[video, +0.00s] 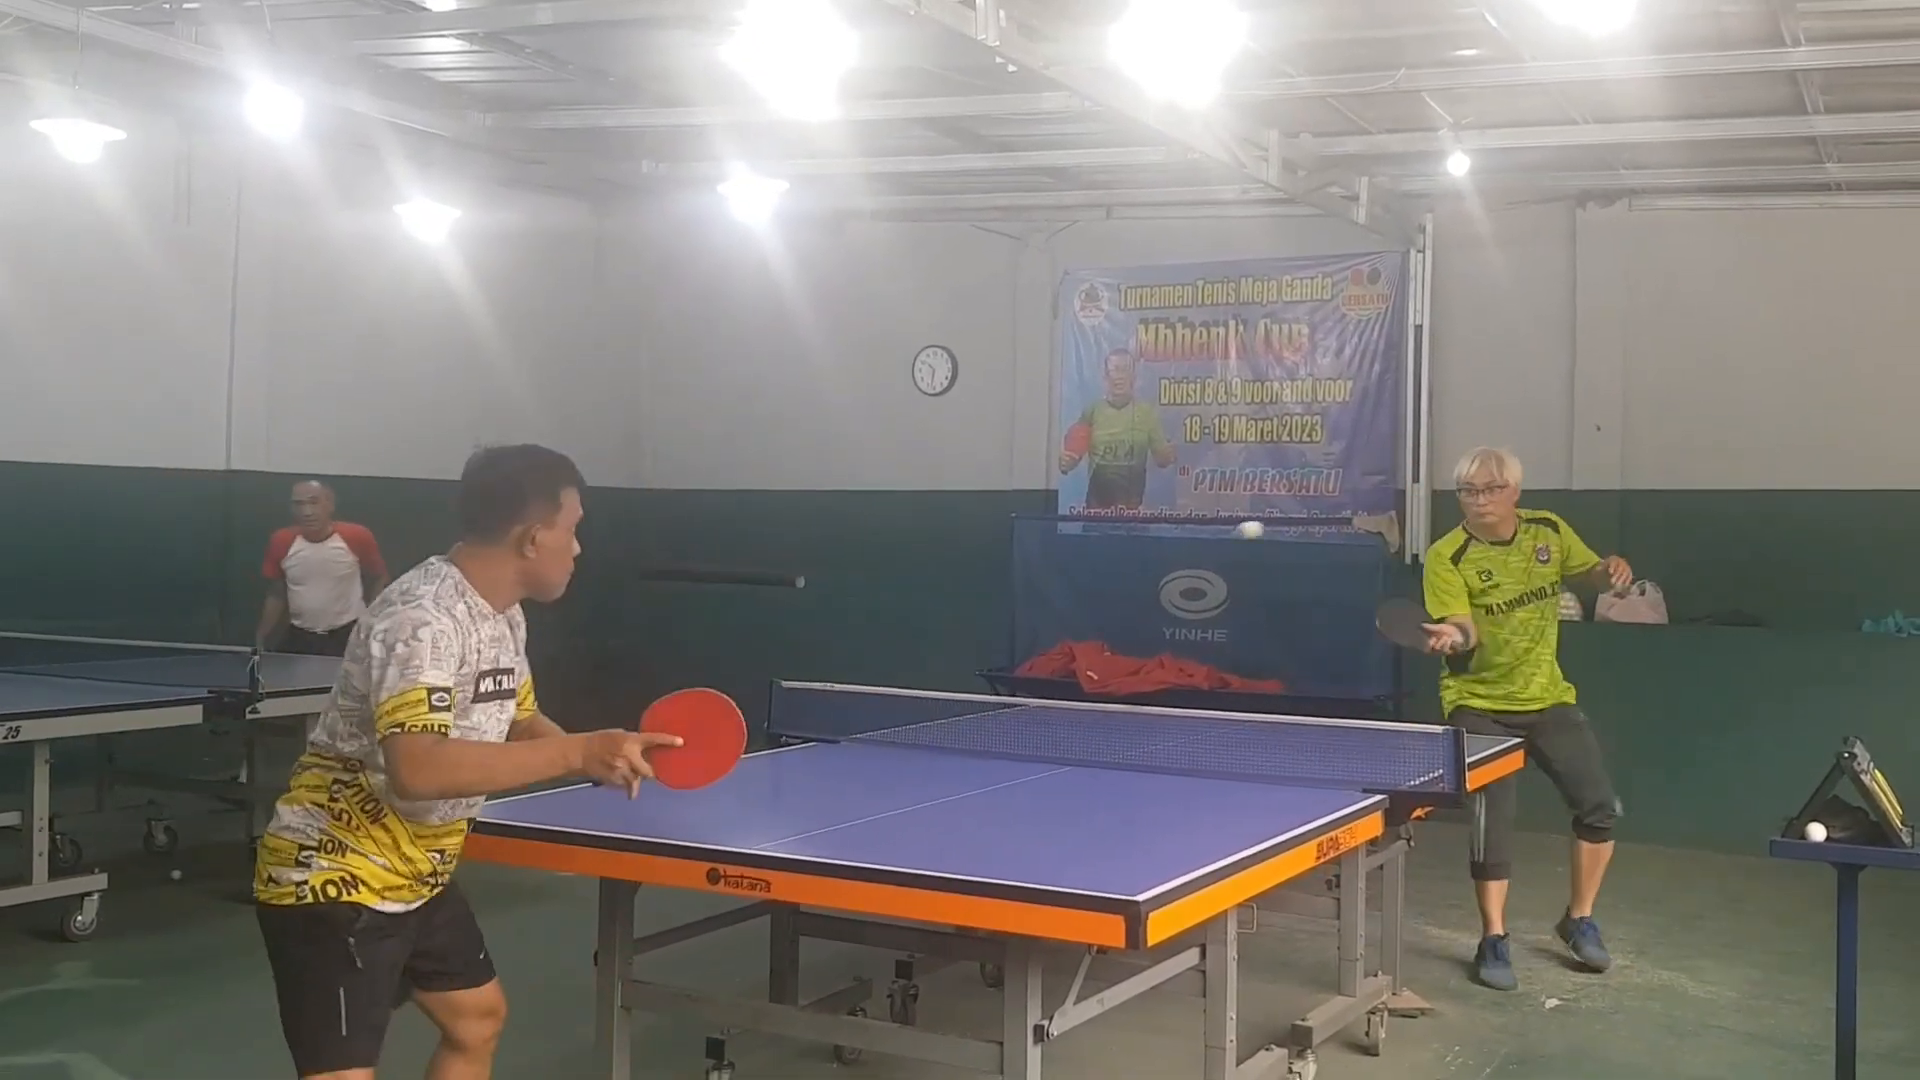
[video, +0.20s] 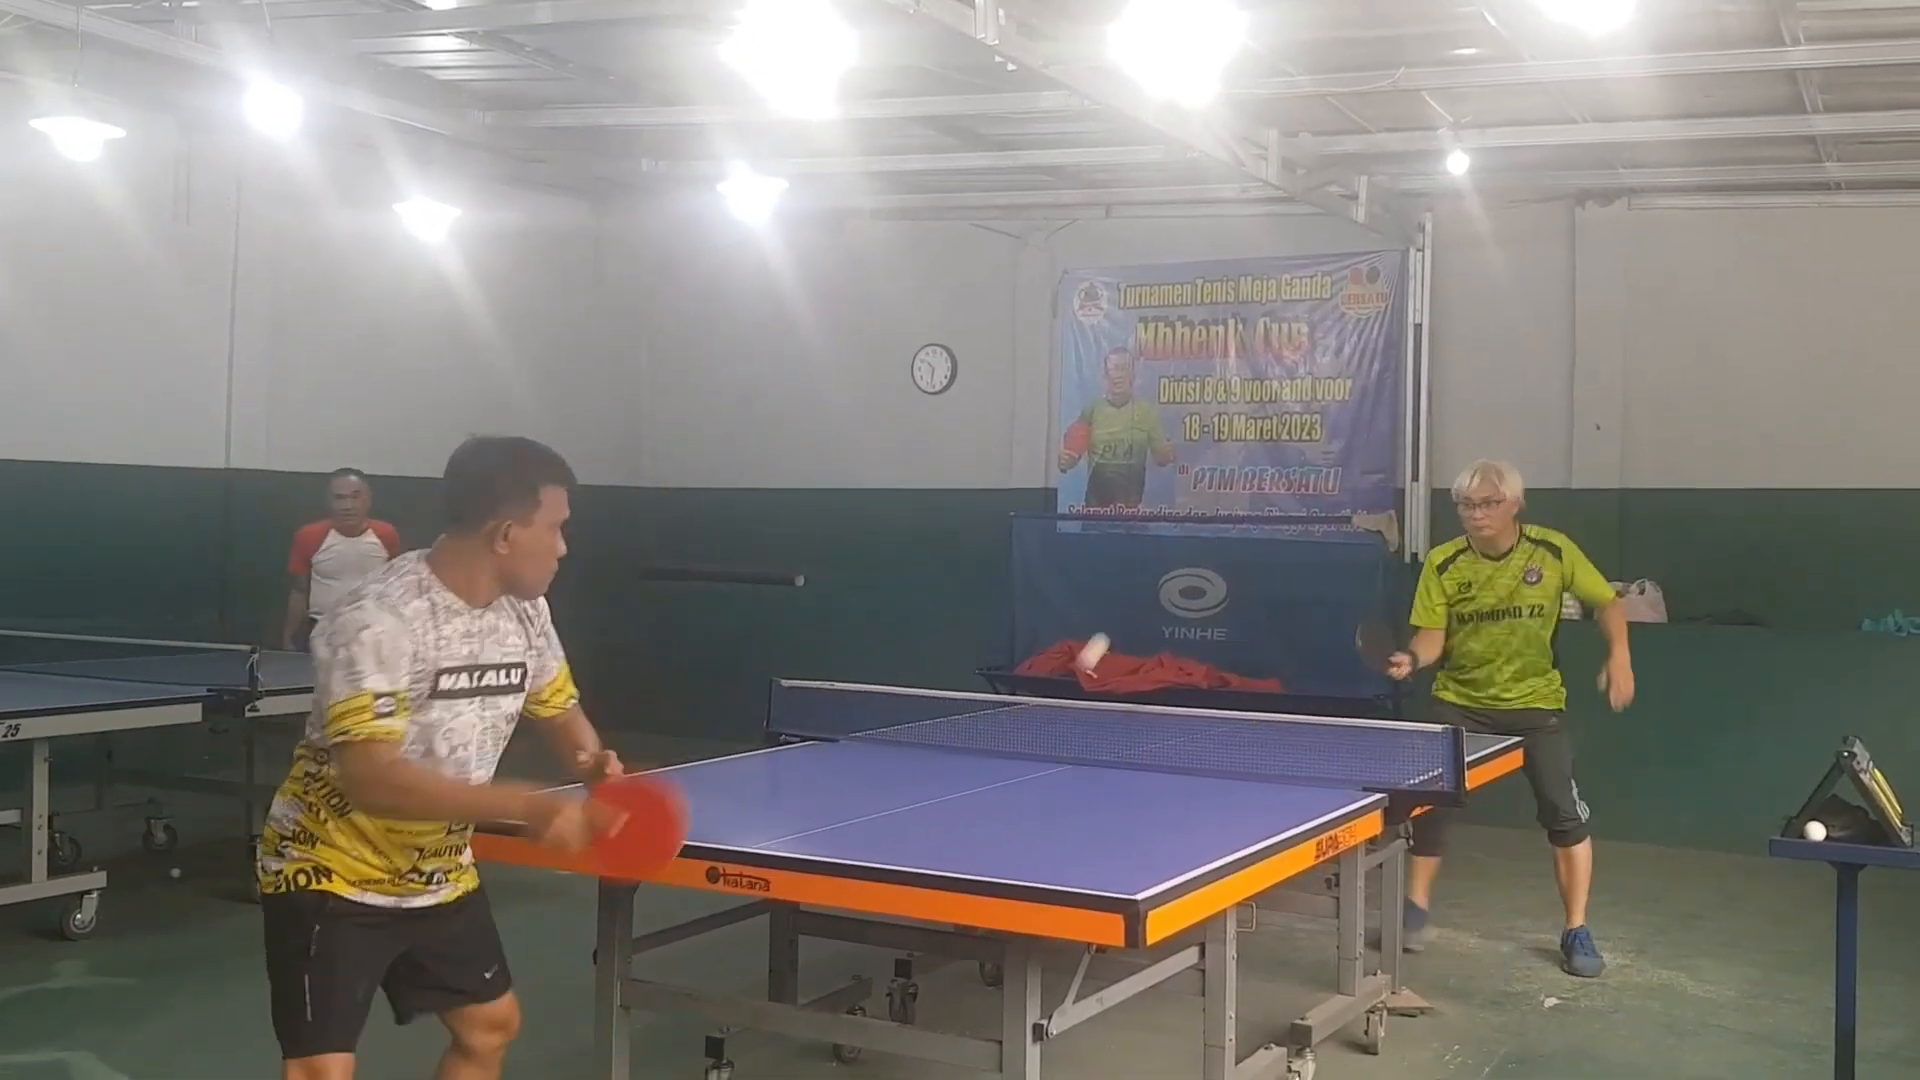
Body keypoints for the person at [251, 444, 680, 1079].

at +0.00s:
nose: (578, 548)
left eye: (576, 531)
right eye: (573, 530)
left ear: (527, 539)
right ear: (529, 537)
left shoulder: (503, 613)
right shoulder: (422, 613)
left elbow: (519, 723)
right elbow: (417, 768)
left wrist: (594, 755)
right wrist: (576, 755)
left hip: (414, 873)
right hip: (332, 881)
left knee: (478, 1021)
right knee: (342, 1068)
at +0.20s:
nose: (563, 547)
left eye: (563, 530)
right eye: (556, 529)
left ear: (509, 535)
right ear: (505, 533)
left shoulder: (525, 614)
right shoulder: (373, 616)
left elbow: (561, 714)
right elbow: (369, 779)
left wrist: (594, 761)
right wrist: (529, 807)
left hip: (438, 867)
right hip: (330, 870)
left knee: (490, 1026)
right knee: (322, 1067)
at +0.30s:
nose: (551, 567)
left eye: (551, 549)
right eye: (541, 550)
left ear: (489, 559)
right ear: (483, 559)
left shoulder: (531, 619)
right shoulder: (347, 642)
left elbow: (598, 716)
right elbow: (296, 807)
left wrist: (616, 741)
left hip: (450, 868)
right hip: (336, 879)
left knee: (507, 1040)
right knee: (334, 1069)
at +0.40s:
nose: (554, 571)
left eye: (553, 551)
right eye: (539, 553)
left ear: (487, 565)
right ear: (475, 564)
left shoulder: (549, 635)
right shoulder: (352, 654)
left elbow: (617, 720)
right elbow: (252, 779)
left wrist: (636, 747)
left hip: (466, 886)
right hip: (347, 889)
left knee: (514, 1051)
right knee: (344, 1068)